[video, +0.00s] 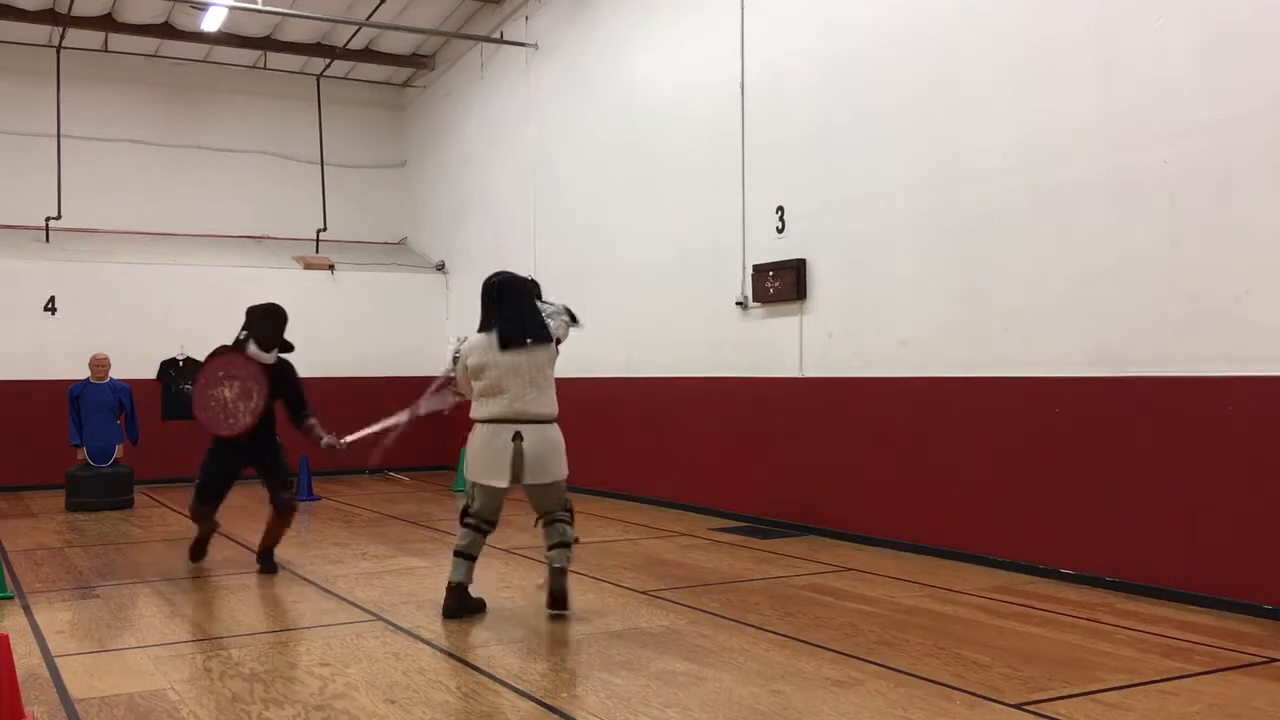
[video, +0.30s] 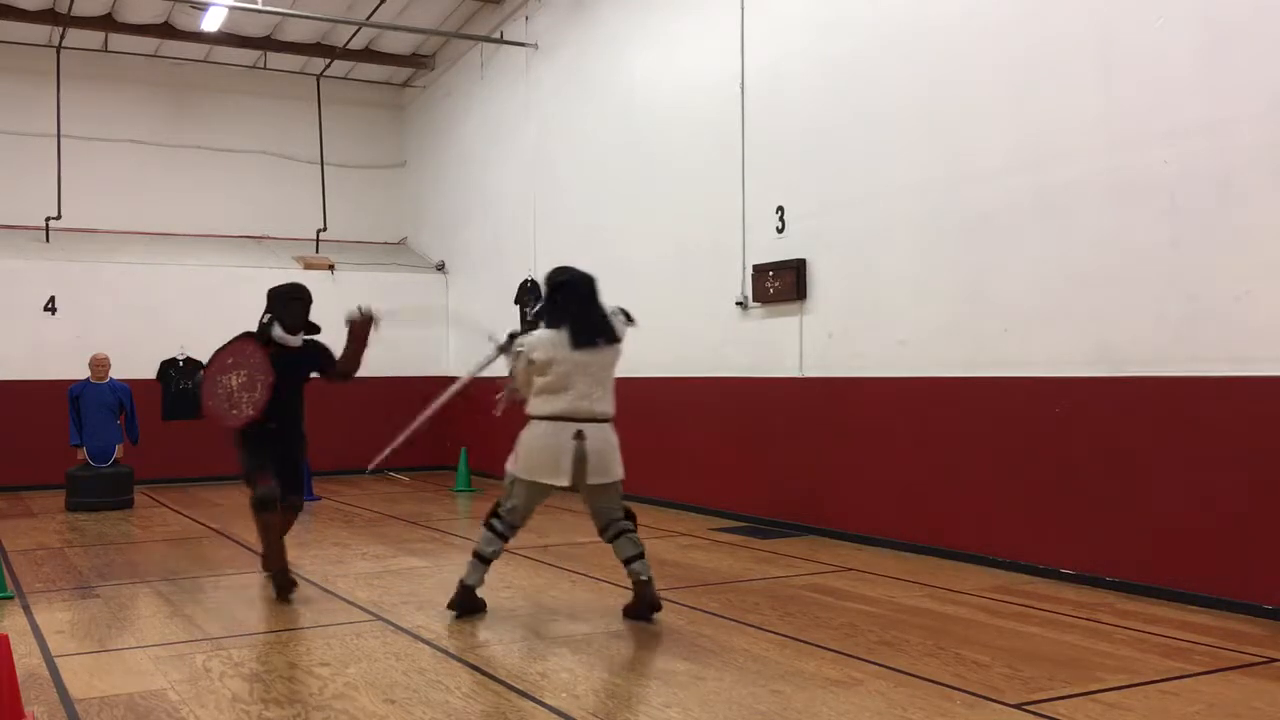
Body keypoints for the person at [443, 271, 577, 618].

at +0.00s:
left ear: (488, 306)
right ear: (529, 303)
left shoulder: (473, 346)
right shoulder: (545, 336)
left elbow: (464, 389)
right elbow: (560, 317)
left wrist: (456, 357)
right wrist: (536, 300)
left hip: (490, 443)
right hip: (542, 441)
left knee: (479, 517)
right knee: (555, 513)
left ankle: (456, 593)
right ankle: (558, 585)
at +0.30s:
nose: (546, 303)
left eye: (548, 297)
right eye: (548, 297)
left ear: (551, 301)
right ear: (591, 298)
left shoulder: (536, 343)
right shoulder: (611, 333)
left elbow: (521, 389)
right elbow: (618, 314)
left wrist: (514, 350)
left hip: (545, 440)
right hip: (599, 441)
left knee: (508, 516)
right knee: (612, 519)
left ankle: (466, 588)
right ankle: (646, 591)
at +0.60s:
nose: (629, 288)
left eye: (632, 282)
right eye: (628, 280)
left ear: (640, 289)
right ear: (675, 286)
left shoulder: (627, 328)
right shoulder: (690, 330)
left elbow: (585, 343)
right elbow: (663, 314)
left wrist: (576, 306)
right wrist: (635, 288)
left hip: (627, 432)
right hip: (673, 435)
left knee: (591, 514)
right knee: (641, 517)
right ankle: (648, 598)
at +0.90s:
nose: (695, 289)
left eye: (698, 282)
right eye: (693, 282)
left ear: (708, 286)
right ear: (743, 279)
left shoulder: (706, 331)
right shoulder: (765, 319)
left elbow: (656, 351)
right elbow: (733, 287)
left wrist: (632, 308)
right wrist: (690, 268)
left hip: (722, 441)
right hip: (762, 438)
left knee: (731, 534)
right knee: (710, 521)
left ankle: (760, 623)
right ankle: (684, 595)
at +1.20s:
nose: (780, 277)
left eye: (785, 269)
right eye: (782, 269)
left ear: (799, 273)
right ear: (829, 269)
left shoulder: (804, 324)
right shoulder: (847, 312)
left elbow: (769, 380)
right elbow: (793, 313)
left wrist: (721, 363)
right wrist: (752, 317)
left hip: (810, 433)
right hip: (851, 427)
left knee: (776, 526)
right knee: (854, 526)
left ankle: (765, 625)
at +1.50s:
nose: (874, 285)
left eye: (879, 277)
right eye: (876, 276)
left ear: (895, 282)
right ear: (923, 280)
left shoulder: (897, 331)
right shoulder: (946, 324)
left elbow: (858, 382)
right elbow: (903, 334)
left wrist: (812, 381)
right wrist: (855, 329)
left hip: (913, 445)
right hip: (954, 441)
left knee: (854, 528)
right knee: (947, 545)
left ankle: (825, 622)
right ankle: (1002, 624)